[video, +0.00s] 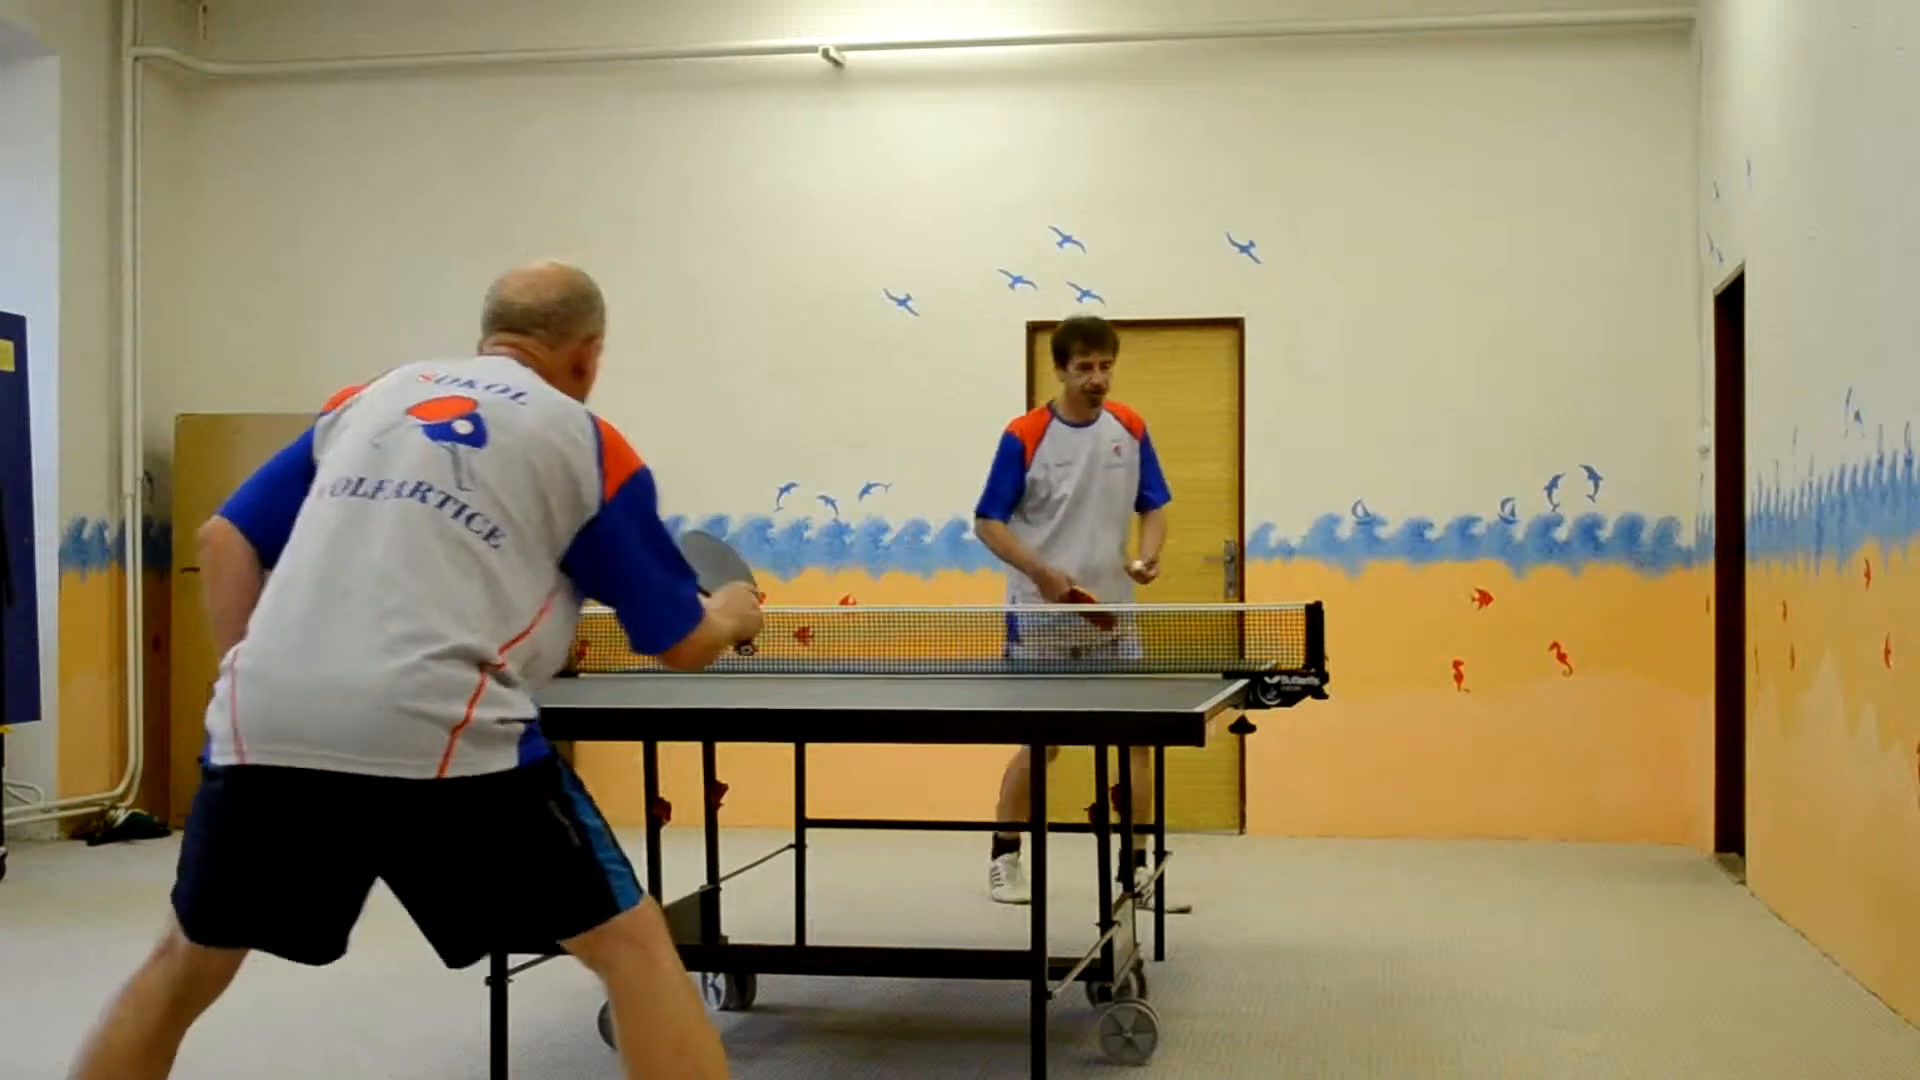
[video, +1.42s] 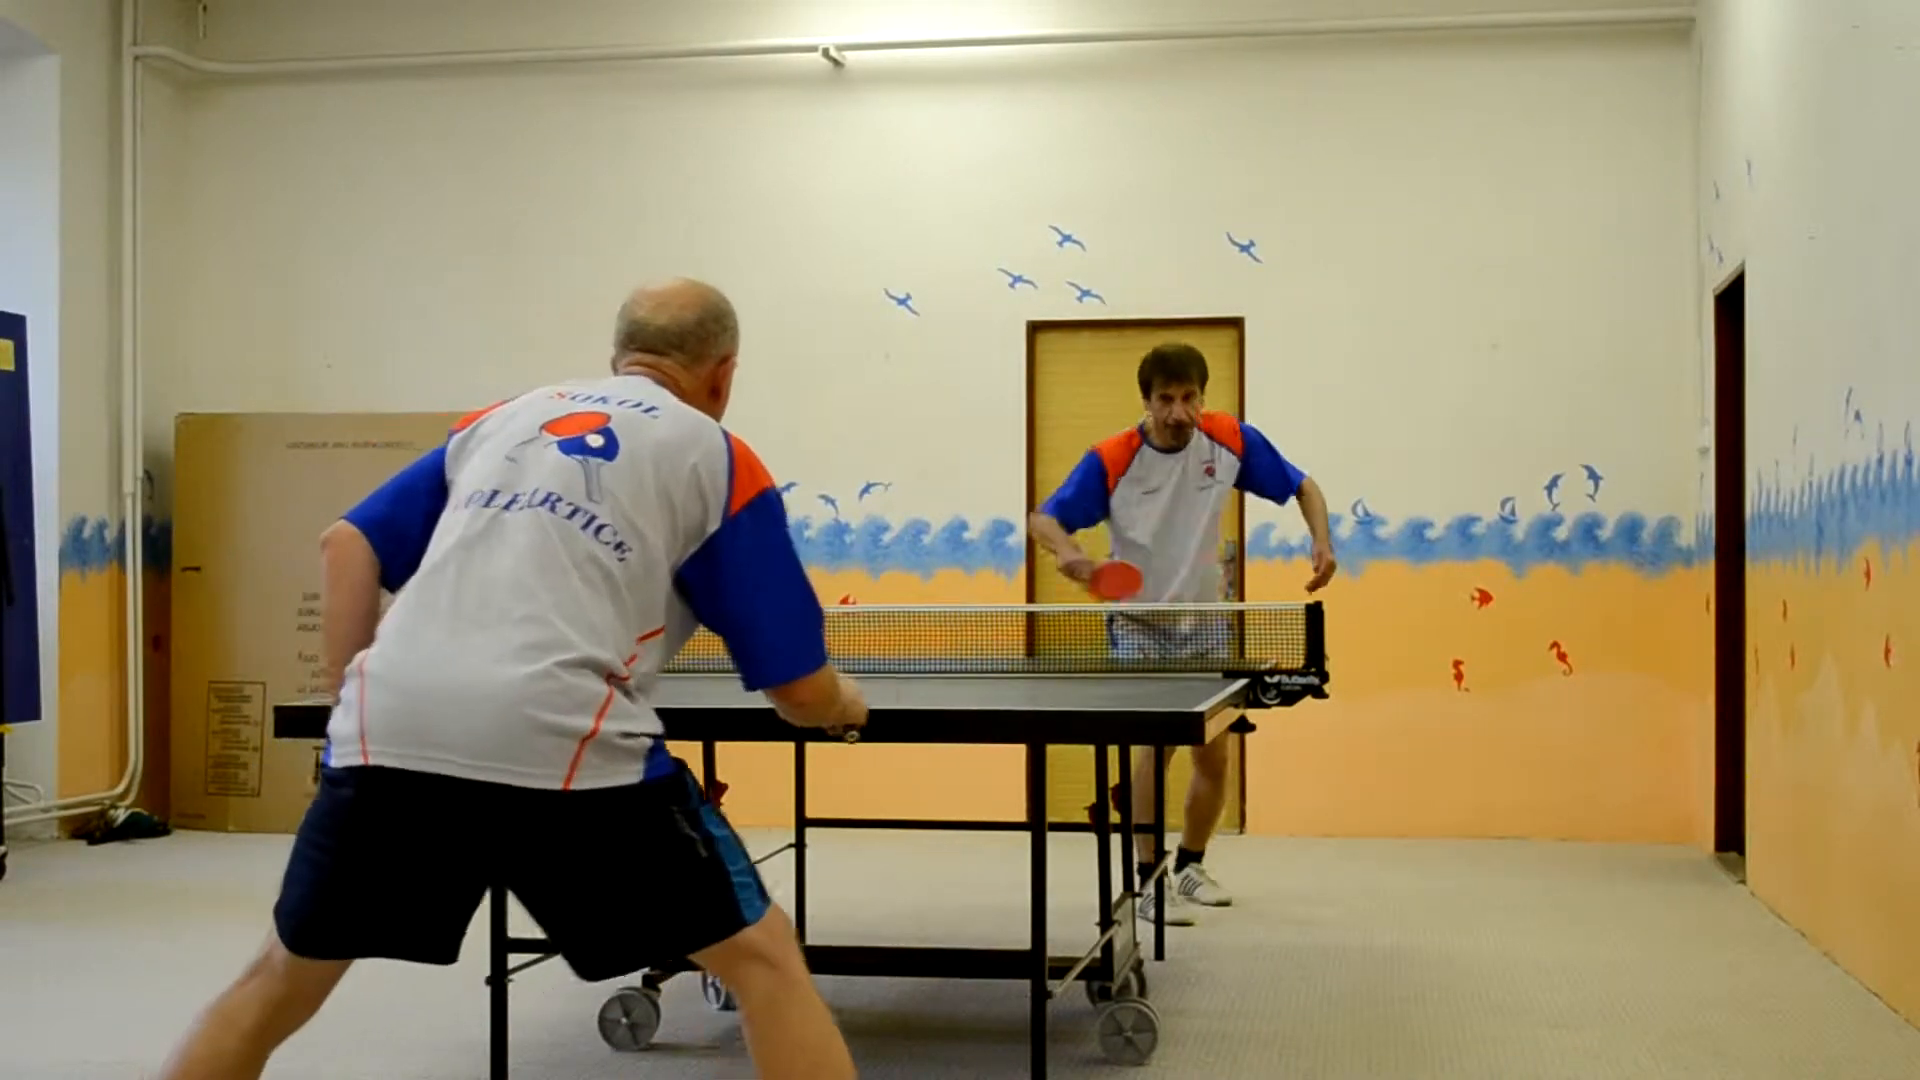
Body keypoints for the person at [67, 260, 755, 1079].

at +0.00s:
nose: (599, 372)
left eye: (599, 358)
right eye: (601, 360)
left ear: (485, 331)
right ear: (585, 358)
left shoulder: (360, 404)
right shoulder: (590, 447)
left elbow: (228, 539)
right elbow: (679, 641)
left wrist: (252, 695)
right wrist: (726, 614)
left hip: (267, 737)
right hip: (455, 745)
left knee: (180, 967)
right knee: (636, 958)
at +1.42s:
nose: (730, 389)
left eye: (730, 377)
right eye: (732, 376)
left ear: (615, 358)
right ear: (718, 373)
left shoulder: (499, 422)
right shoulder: (717, 460)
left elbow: (352, 544)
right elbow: (803, 692)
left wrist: (352, 710)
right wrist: (843, 704)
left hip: (387, 748)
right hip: (572, 757)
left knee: (280, 978)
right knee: (764, 967)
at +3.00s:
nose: (744, 370)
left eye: (742, 351)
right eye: (744, 352)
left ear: (631, 333)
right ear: (734, 352)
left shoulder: (510, 419)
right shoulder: (710, 486)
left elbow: (365, 566)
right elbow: (804, 711)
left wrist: (291, 672)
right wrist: (928, 716)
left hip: (406, 801)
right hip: (590, 817)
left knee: (294, 1000)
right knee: (780, 948)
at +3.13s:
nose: (758, 320)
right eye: (761, 303)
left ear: (644, 291)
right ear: (758, 307)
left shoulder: (527, 398)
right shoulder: (732, 457)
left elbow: (406, 580)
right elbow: (733, 690)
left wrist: (273, 716)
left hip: (480, 788)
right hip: (645, 801)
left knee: (374, 975)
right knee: (845, 932)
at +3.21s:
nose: (703, 258)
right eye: (706, 242)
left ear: (586, 242)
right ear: (698, 250)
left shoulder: (482, 382)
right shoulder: (719, 417)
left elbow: (420, 596)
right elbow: (759, 656)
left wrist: (336, 778)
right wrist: (815, 696)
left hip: (509, 778)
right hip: (681, 782)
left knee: (431, 971)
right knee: (850, 934)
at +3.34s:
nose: (637, 197)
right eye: (640, 181)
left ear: (511, 198)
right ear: (636, 194)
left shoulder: (436, 358)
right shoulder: (691, 365)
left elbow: (406, 567)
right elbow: (817, 569)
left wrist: (371, 696)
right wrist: (925, 638)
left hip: (497, 753)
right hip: (679, 744)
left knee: (441, 954)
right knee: (857, 911)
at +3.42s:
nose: (637, 168)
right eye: (642, 152)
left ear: (505, 169)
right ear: (634, 163)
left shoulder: (431, 319)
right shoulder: (685, 333)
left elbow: (379, 522)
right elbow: (836, 526)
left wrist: (377, 561)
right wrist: (969, 583)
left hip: (477, 732)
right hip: (661, 726)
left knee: (428, 940)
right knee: (847, 915)